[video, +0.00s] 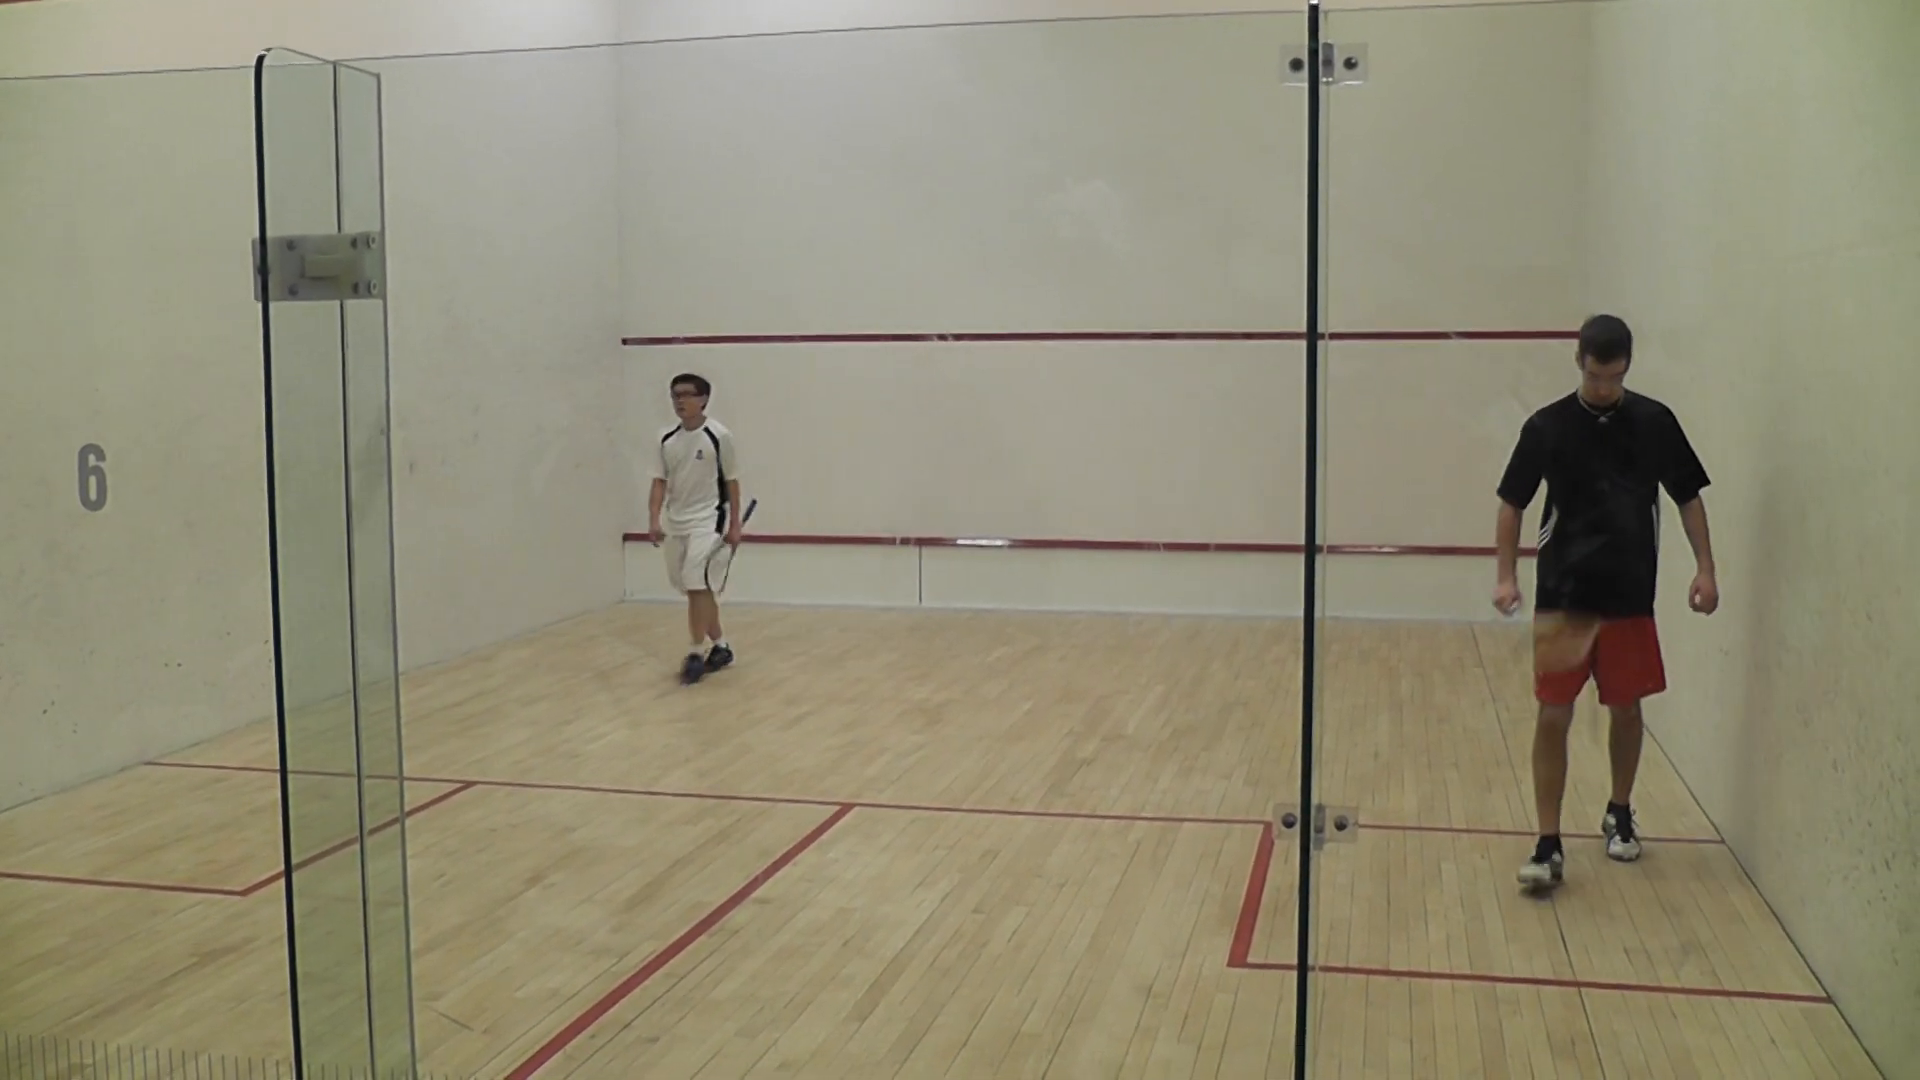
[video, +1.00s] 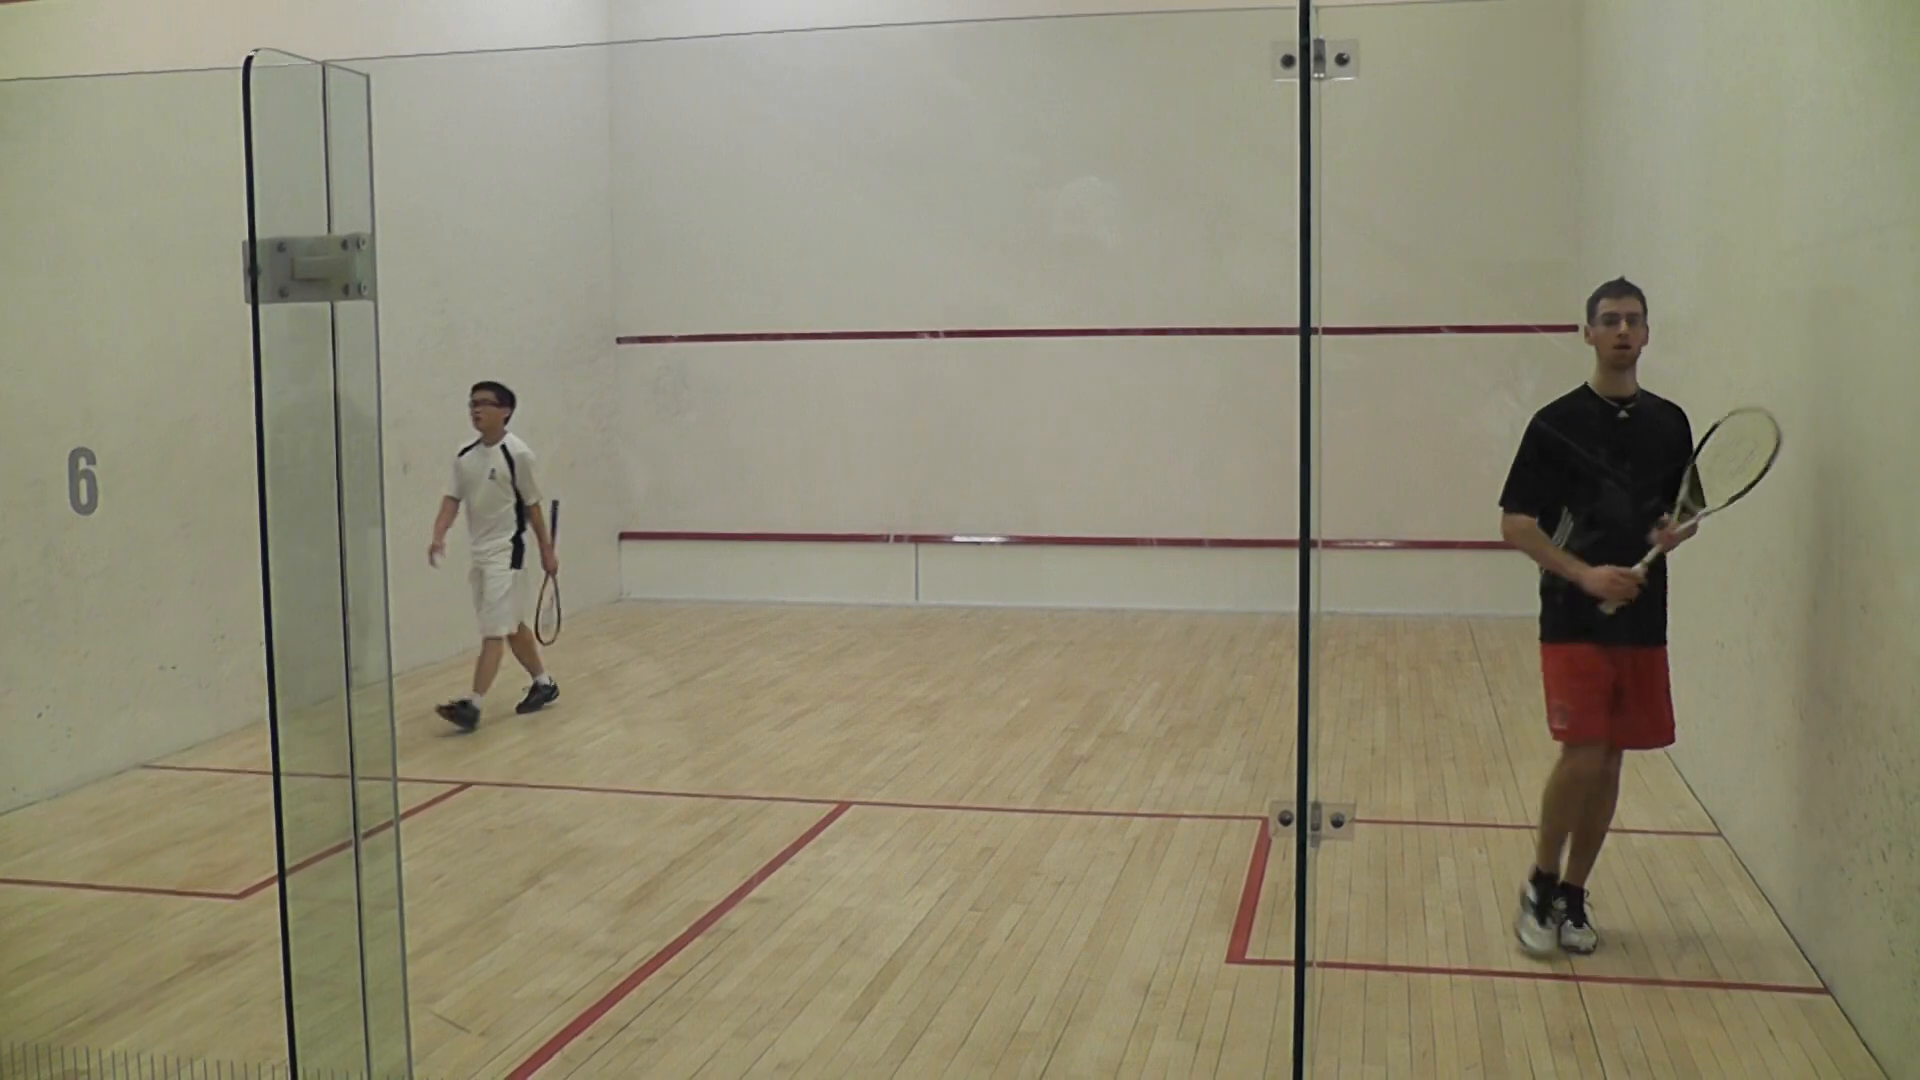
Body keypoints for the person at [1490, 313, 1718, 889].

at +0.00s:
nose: (1605, 388)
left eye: (1615, 377)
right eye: (1597, 376)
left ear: (1629, 367)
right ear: (1579, 362)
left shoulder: (1654, 423)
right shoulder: (1547, 428)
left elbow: (1688, 495)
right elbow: (1512, 502)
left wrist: (1706, 568)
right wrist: (1505, 575)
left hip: (1629, 596)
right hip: (1563, 595)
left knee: (1626, 710)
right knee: (1553, 715)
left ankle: (1620, 813)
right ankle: (1547, 845)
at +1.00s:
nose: (1624, 332)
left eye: (1634, 321)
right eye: (1611, 321)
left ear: (1648, 333)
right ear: (1589, 333)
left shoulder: (1670, 423)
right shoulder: (1556, 423)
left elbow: (1686, 508)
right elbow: (1516, 526)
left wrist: (1672, 531)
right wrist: (1587, 574)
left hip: (1640, 622)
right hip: (1574, 621)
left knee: (1609, 758)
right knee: (1583, 753)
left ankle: (1574, 896)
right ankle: (1543, 887)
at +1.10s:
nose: (1632, 330)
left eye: (1642, 319)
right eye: (1618, 320)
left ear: (1655, 332)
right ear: (1594, 335)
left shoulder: (1670, 421)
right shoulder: (1571, 421)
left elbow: (1683, 506)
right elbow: (1545, 524)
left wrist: (1693, 516)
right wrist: (1635, 547)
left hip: (1644, 620)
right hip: (1591, 621)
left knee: (1610, 769)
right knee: (1603, 771)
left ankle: (1574, 895)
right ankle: (1592, 924)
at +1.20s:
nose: (1643, 332)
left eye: (1651, 321)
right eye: (1628, 322)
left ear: (1662, 334)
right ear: (1602, 338)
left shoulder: (1663, 422)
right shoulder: (1587, 423)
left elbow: (1671, 515)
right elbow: (1605, 510)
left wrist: (1700, 518)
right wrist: (1706, 481)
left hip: (1652, 627)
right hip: (1603, 630)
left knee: (1615, 767)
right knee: (1621, 776)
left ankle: (1569, 892)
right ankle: (1631, 942)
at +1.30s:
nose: (1662, 328)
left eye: (1666, 317)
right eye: (1644, 320)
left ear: (1672, 332)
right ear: (1615, 338)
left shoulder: (1660, 417)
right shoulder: (1611, 415)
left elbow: (1647, 508)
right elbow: (1678, 483)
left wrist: (1700, 524)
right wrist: (1765, 407)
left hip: (1652, 622)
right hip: (1620, 626)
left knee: (1625, 767)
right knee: (1635, 777)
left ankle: (1560, 891)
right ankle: (1629, 945)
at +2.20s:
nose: (1599, 386)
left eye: (1608, 373)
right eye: (1586, 376)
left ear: (1620, 357)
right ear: (1561, 361)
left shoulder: (1628, 428)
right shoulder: (1542, 395)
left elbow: (1633, 516)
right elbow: (1583, 423)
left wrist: (1647, 533)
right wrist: (1682, 406)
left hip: (1594, 620)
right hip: (1535, 615)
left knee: (1592, 764)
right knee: (1546, 768)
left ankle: (1571, 908)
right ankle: (1543, 927)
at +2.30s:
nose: (1579, 374)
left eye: (1589, 362)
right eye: (1566, 364)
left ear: (1602, 357)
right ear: (1544, 358)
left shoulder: (1615, 430)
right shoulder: (1519, 401)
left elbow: (1613, 520)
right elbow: (1543, 448)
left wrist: (1631, 535)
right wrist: (1639, 442)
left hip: (1579, 616)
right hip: (1516, 611)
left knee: (1581, 760)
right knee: (1518, 762)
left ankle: (1567, 905)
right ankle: (1480, 902)